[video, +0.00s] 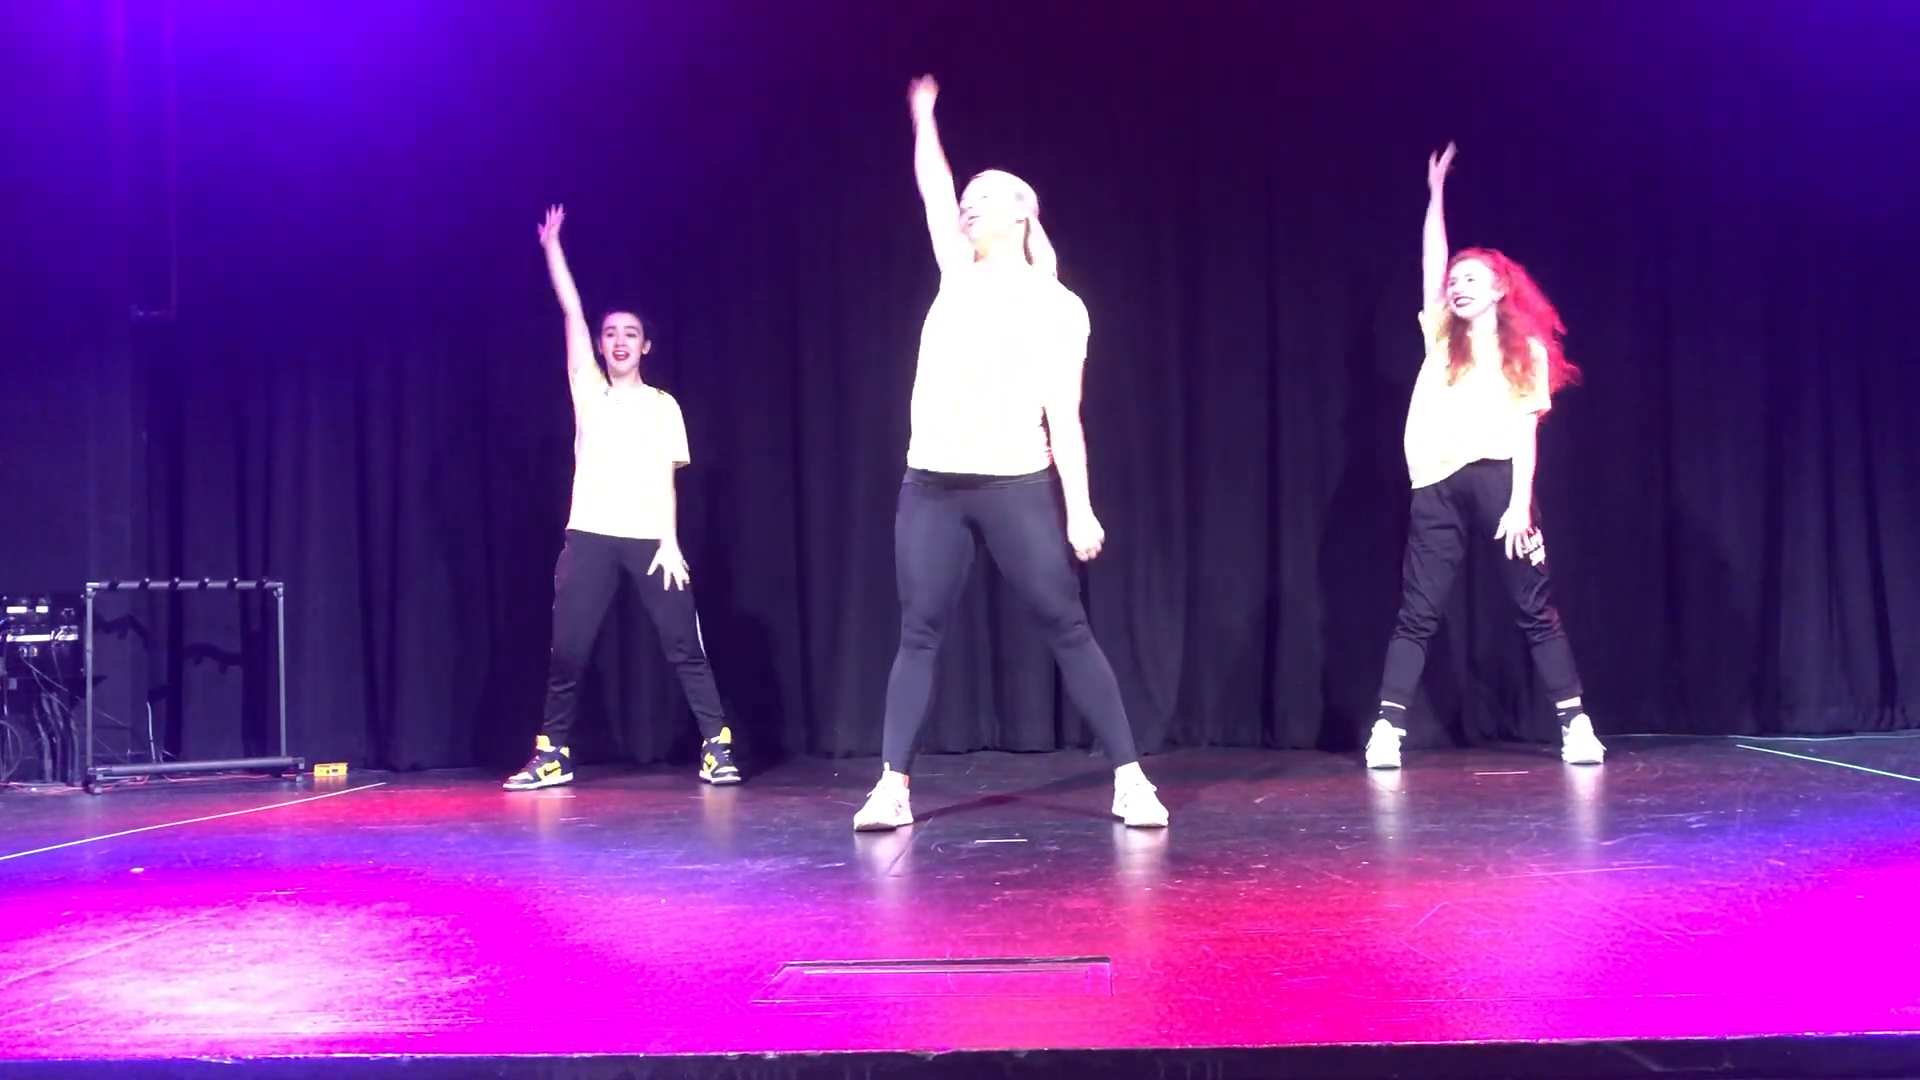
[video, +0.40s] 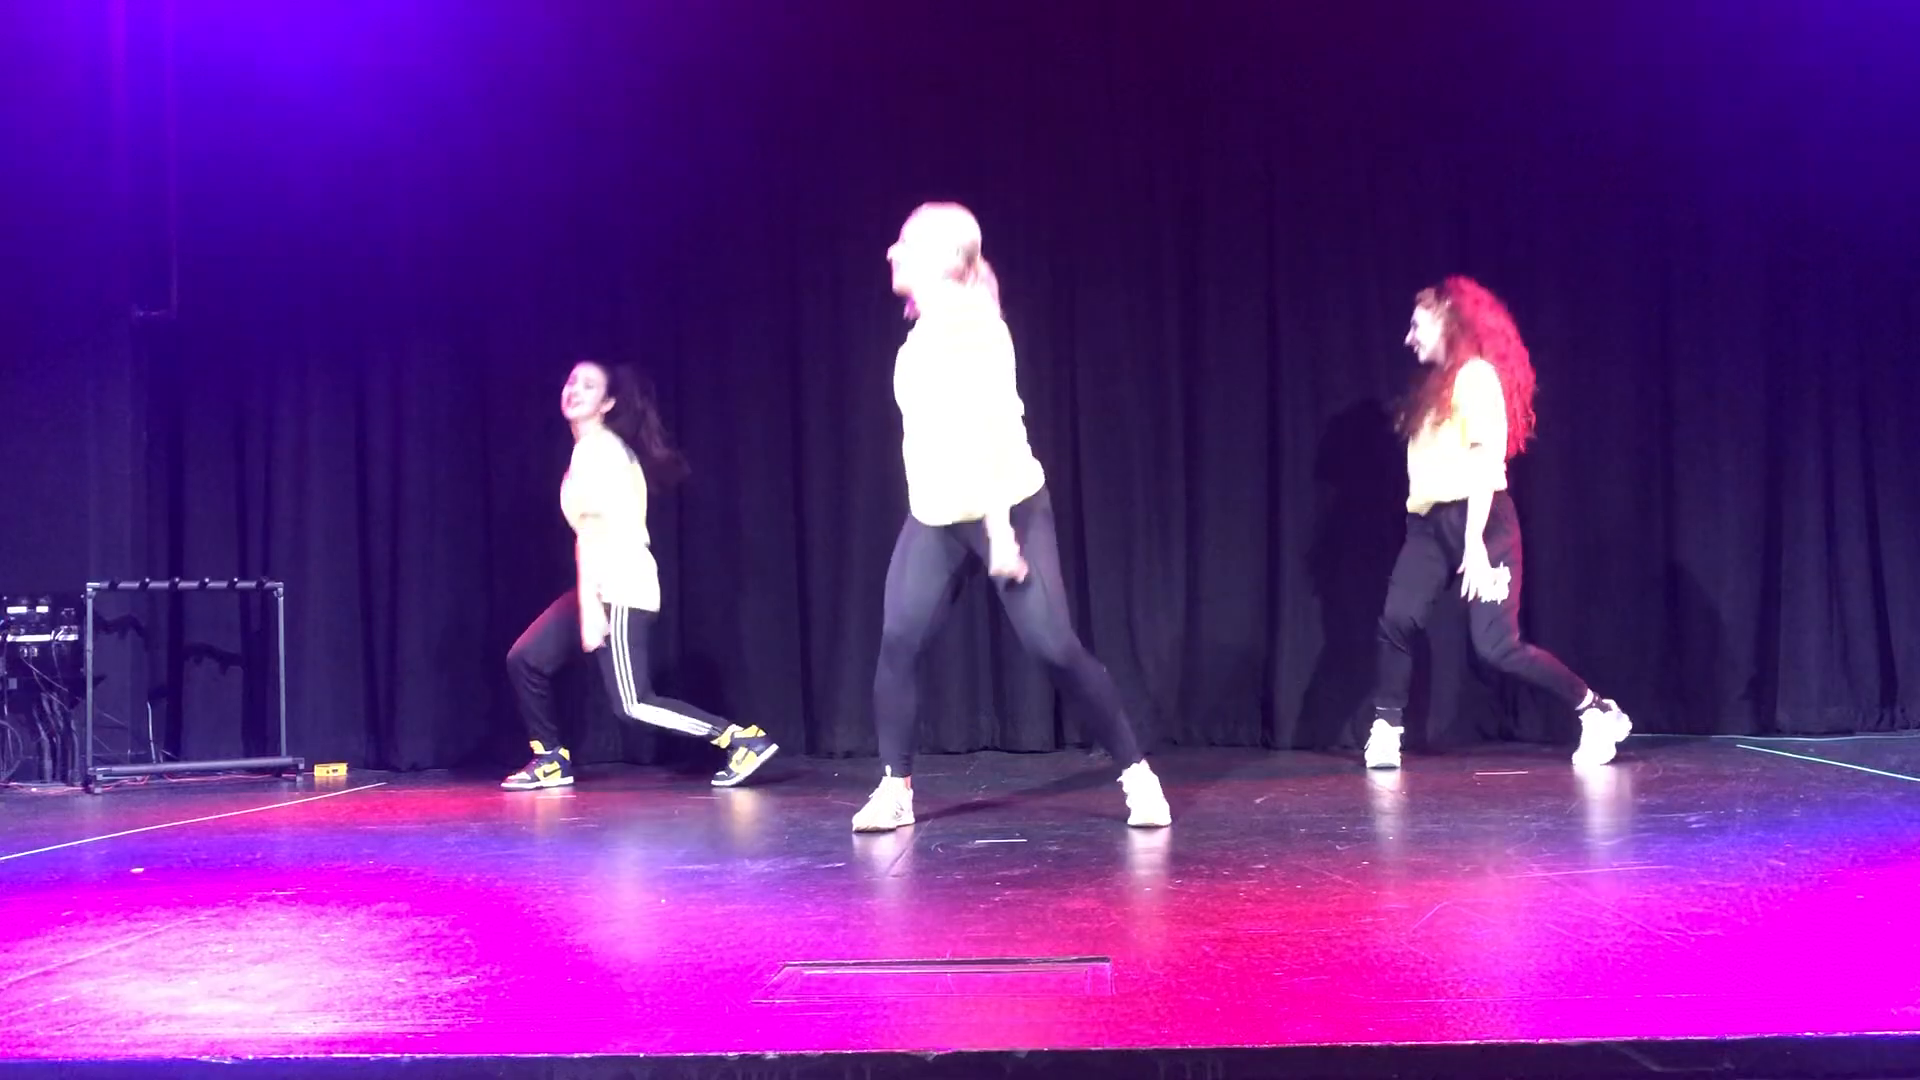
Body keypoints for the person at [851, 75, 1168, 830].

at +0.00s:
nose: (971, 210)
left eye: (987, 200)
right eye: (967, 202)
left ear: (1023, 217)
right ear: (964, 219)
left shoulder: (1059, 308)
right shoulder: (957, 270)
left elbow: (1065, 415)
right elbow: (935, 191)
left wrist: (1079, 510)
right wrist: (922, 116)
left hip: (1016, 485)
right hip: (931, 484)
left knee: (1066, 628)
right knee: (918, 628)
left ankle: (1129, 776)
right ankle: (892, 784)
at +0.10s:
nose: (949, 222)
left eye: (958, 211)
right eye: (951, 214)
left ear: (998, 218)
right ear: (968, 225)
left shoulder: (1040, 299)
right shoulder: (960, 280)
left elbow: (1047, 405)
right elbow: (938, 238)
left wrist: (1061, 499)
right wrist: (921, 201)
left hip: (1002, 480)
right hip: (927, 482)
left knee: (1061, 628)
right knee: (918, 629)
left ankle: (1130, 774)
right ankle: (892, 782)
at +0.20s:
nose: (924, 214)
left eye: (939, 202)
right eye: (929, 203)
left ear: (981, 217)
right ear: (963, 220)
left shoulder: (1016, 294)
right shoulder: (938, 296)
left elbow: (1022, 397)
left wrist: (1035, 484)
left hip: (995, 482)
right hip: (925, 487)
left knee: (1063, 627)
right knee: (917, 633)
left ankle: (1136, 772)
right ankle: (893, 783)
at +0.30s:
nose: (905, 220)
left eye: (921, 210)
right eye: (911, 209)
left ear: (961, 225)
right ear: (947, 227)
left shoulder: (991, 288)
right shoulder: (935, 292)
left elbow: (1002, 386)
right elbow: (940, 392)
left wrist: (1017, 484)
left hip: (995, 480)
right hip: (929, 486)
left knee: (1057, 628)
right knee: (912, 629)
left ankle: (1139, 770)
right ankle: (893, 783)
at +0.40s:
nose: (892, 251)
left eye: (905, 241)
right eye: (898, 240)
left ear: (942, 257)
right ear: (933, 256)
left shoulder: (975, 325)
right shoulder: (924, 331)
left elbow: (992, 428)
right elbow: (942, 429)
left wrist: (999, 527)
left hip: (1008, 504)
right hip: (936, 511)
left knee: (1054, 646)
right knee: (898, 637)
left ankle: (1136, 772)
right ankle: (894, 786)